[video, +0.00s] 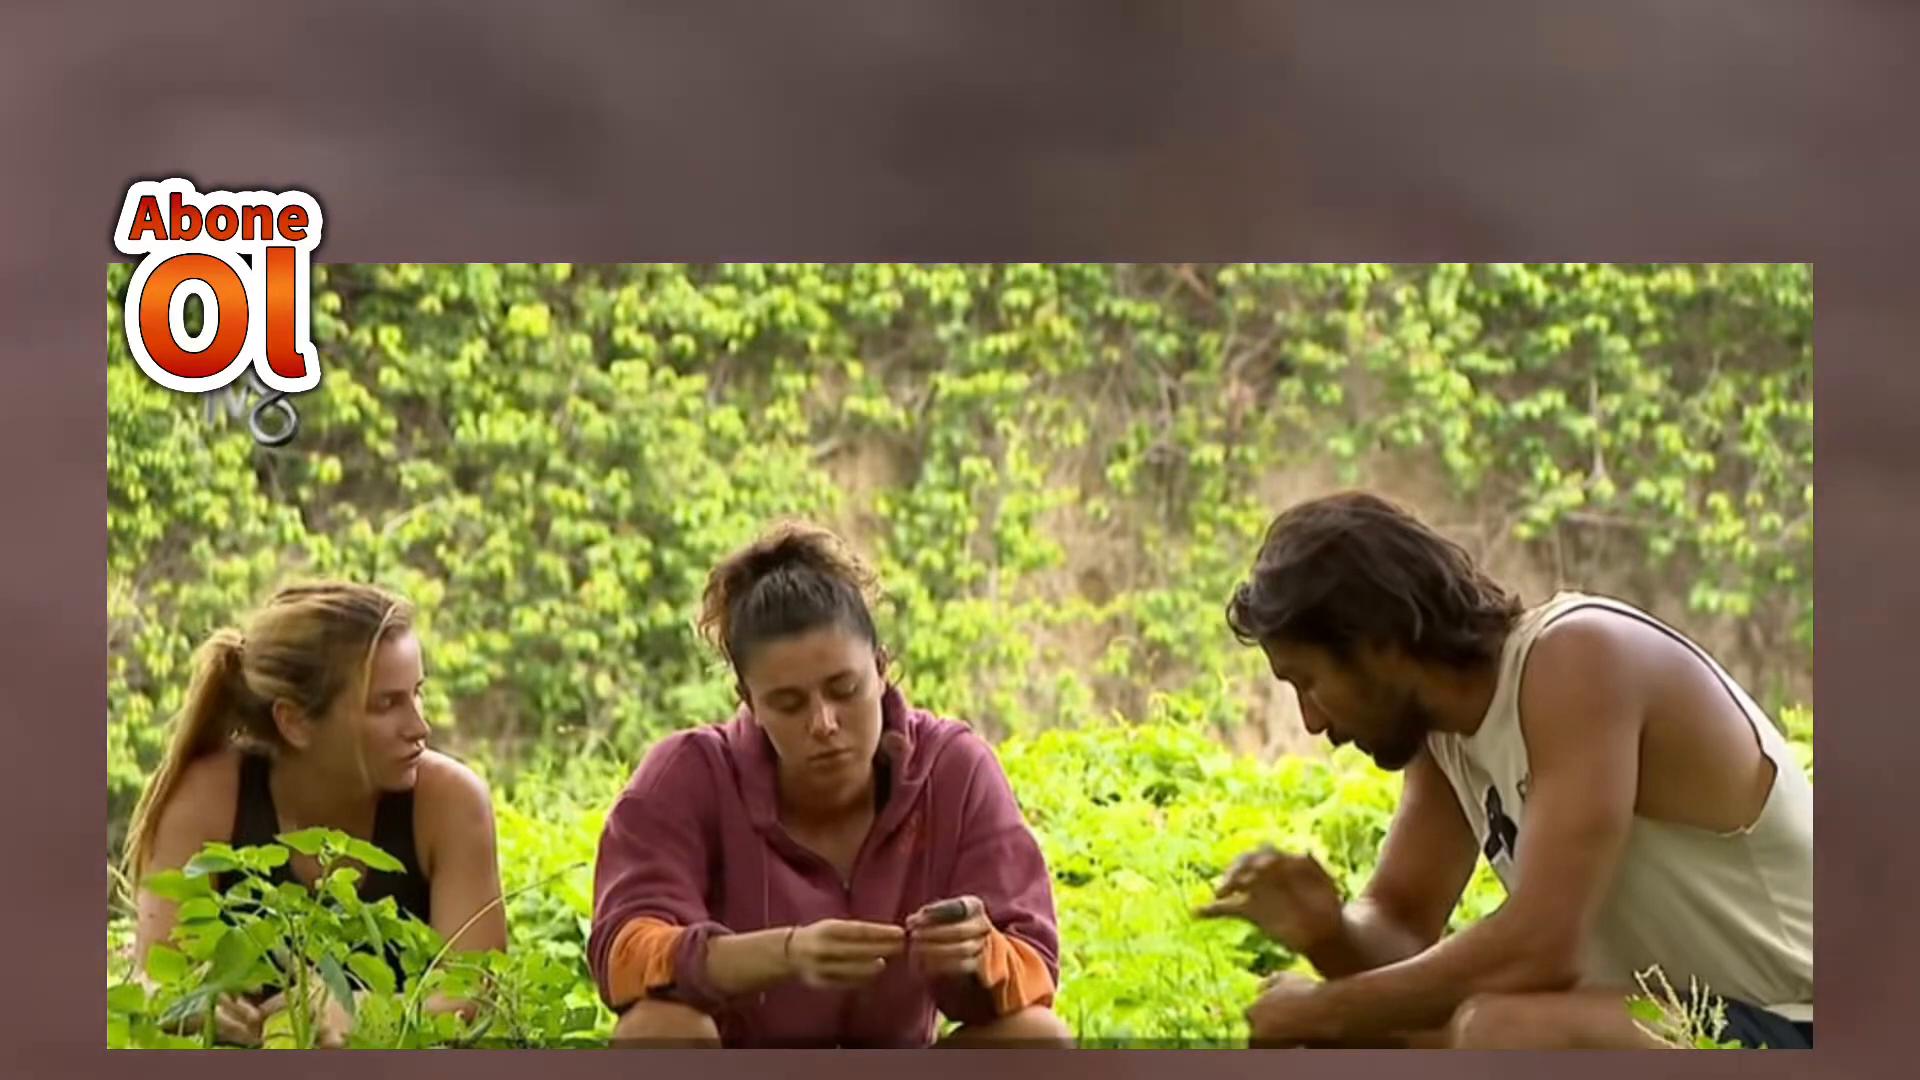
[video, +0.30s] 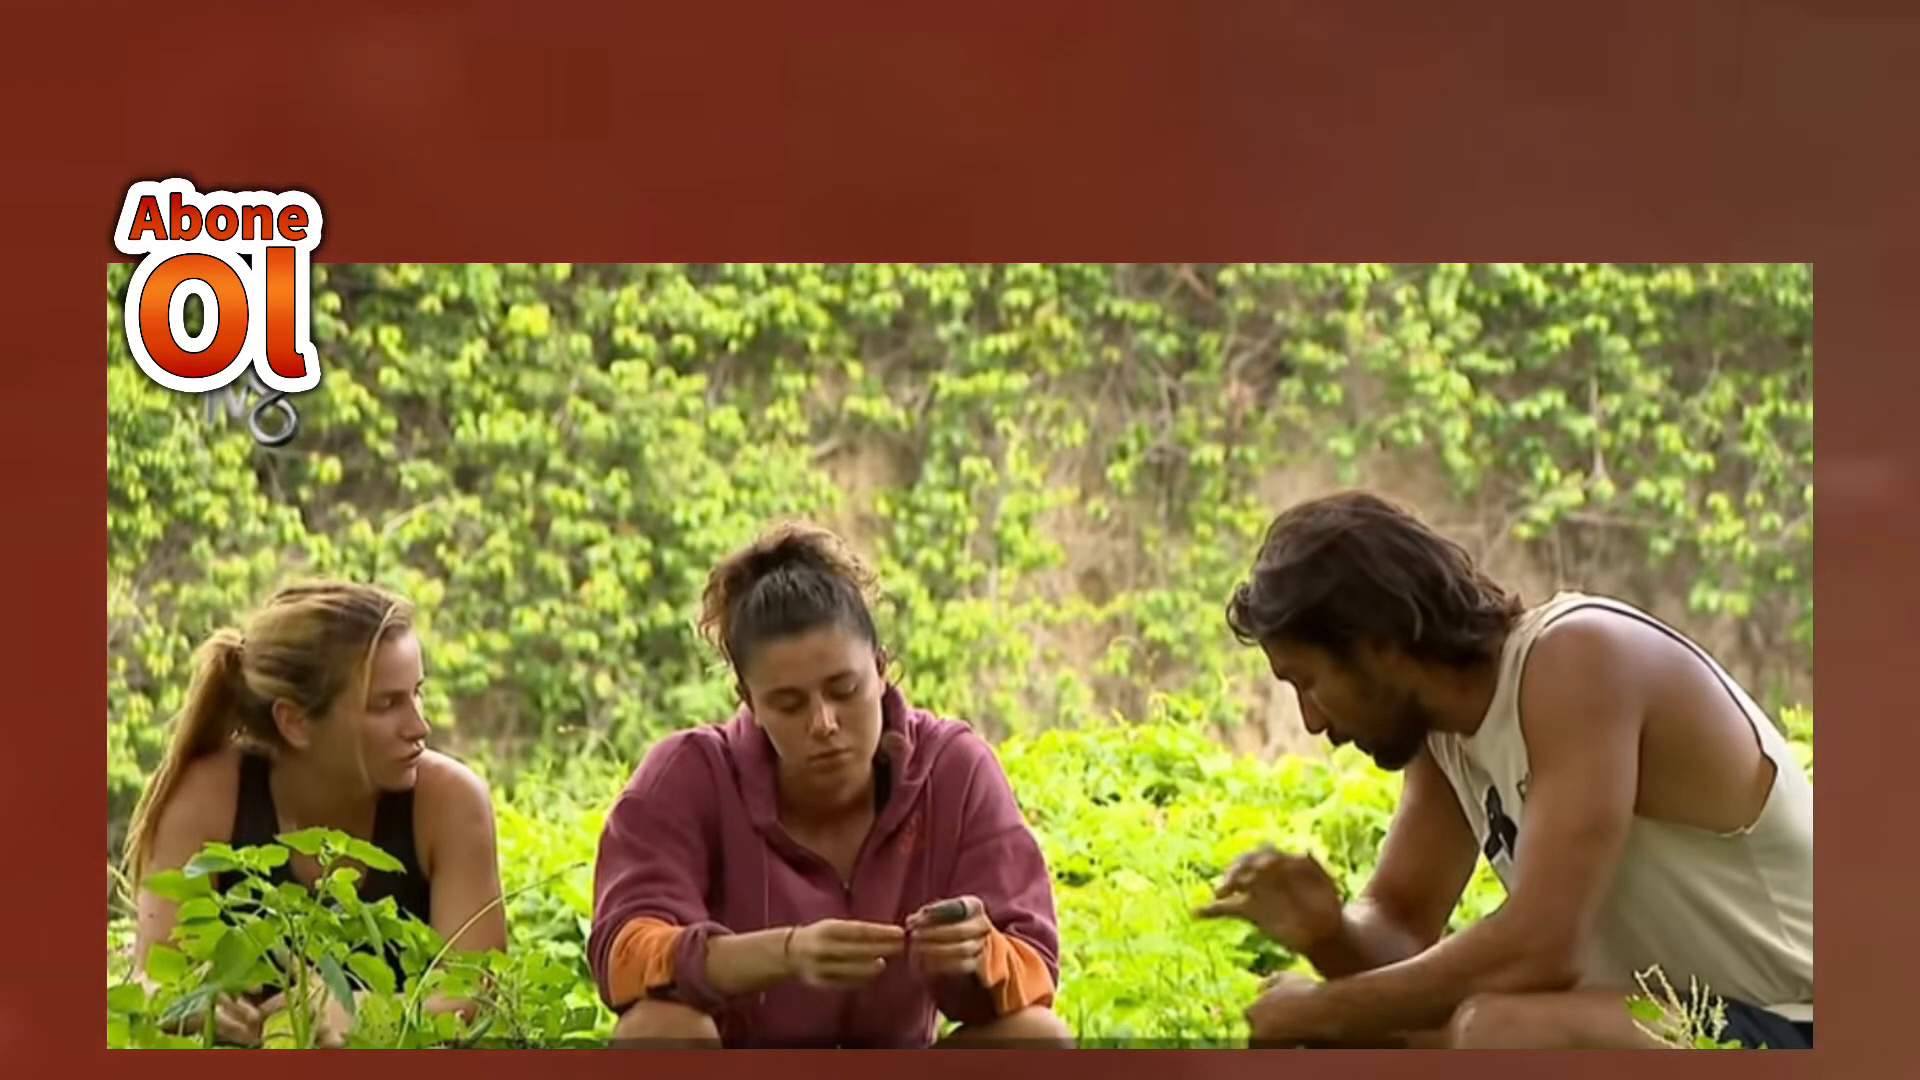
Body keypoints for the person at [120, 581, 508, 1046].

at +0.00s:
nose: (420, 726)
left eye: (417, 695)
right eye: (388, 704)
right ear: (295, 722)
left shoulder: (451, 799)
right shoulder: (206, 793)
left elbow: (470, 1000)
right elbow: (154, 983)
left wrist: (354, 1013)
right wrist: (201, 1008)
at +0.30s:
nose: (420, 725)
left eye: (417, 695)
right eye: (387, 705)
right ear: (295, 722)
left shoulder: (452, 800)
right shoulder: (206, 792)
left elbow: (470, 1000)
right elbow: (153, 982)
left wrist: (354, 1013)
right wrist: (200, 1008)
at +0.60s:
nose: (420, 725)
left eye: (417, 695)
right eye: (388, 704)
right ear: (295, 723)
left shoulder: (451, 799)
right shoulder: (206, 791)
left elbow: (470, 1001)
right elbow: (152, 982)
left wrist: (353, 1013)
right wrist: (200, 1008)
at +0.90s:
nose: (420, 725)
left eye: (417, 695)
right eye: (387, 704)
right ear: (295, 722)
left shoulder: (451, 800)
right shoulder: (206, 792)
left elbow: (470, 1000)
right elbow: (153, 982)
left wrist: (354, 1013)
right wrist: (200, 1008)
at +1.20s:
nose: (420, 725)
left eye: (417, 695)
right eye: (387, 705)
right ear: (295, 722)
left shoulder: (451, 800)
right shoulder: (206, 792)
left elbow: (471, 1001)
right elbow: (153, 982)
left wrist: (354, 1013)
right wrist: (200, 1008)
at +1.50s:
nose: (420, 725)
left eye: (417, 695)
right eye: (387, 705)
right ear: (295, 723)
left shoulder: (451, 800)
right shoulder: (206, 792)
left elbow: (470, 1001)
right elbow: (153, 985)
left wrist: (354, 1013)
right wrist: (200, 1009)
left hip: (386, 1065)